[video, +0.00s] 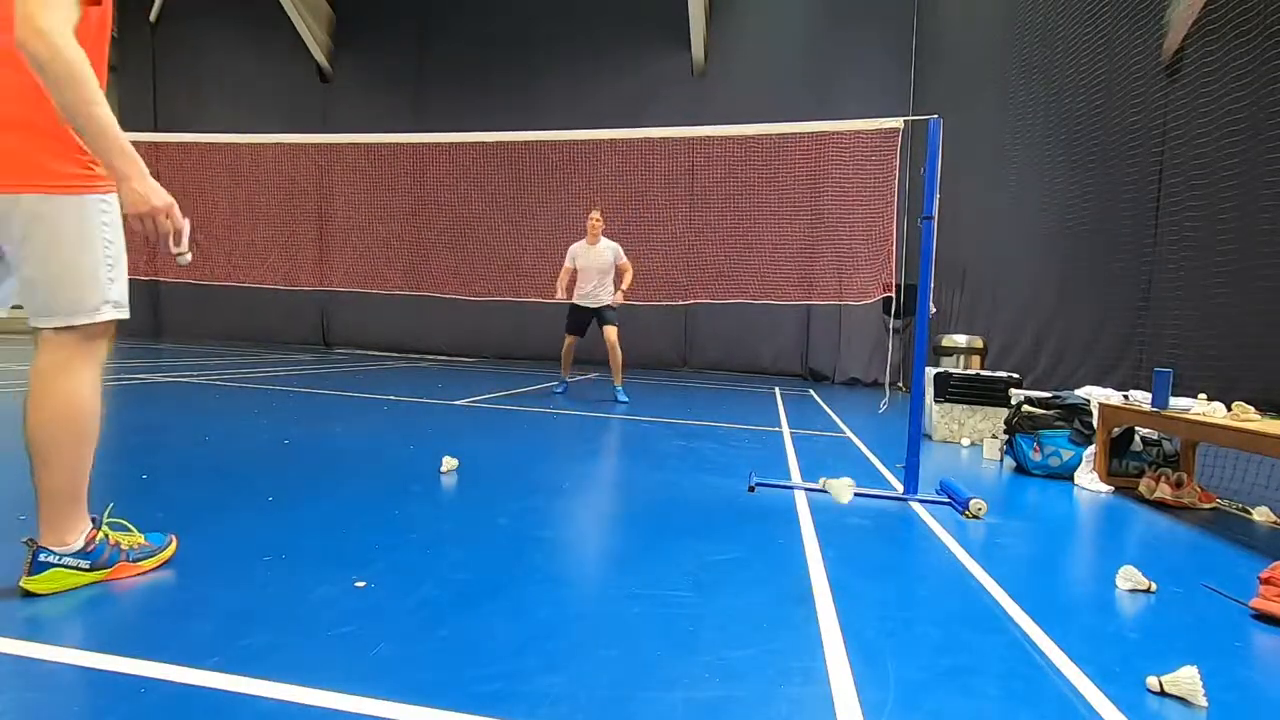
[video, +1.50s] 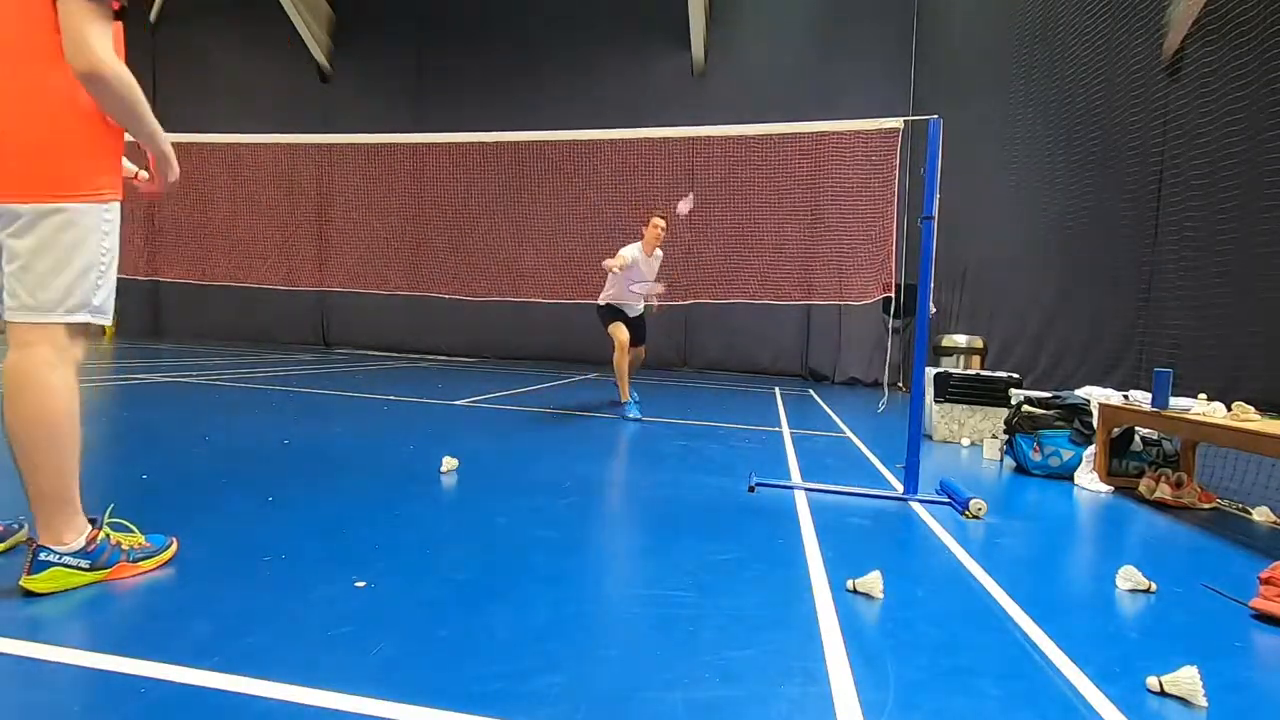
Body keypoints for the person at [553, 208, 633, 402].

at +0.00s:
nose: (594, 223)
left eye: (598, 220)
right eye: (591, 220)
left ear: (603, 225)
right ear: (586, 223)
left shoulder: (613, 248)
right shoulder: (575, 249)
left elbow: (628, 270)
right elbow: (564, 276)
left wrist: (621, 291)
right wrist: (560, 292)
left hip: (605, 303)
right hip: (580, 302)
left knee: (612, 340)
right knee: (569, 342)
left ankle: (618, 387)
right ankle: (563, 380)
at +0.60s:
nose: (623, 222)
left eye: (627, 219)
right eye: (620, 219)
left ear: (630, 224)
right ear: (613, 221)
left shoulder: (633, 251)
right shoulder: (597, 246)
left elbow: (636, 274)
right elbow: (584, 274)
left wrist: (643, 291)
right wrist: (582, 303)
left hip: (619, 305)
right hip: (596, 305)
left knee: (635, 343)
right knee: (591, 351)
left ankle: (627, 386)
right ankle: (575, 366)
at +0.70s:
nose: (631, 222)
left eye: (634, 219)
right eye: (628, 218)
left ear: (638, 225)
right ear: (621, 222)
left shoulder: (640, 253)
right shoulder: (605, 245)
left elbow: (651, 274)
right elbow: (593, 273)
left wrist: (665, 287)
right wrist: (595, 298)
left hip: (626, 306)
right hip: (604, 304)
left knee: (638, 350)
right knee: (606, 348)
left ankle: (627, 388)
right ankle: (589, 378)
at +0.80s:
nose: (638, 219)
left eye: (641, 216)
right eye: (635, 215)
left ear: (644, 221)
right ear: (627, 218)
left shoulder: (645, 249)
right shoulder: (611, 239)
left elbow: (660, 269)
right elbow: (598, 263)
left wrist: (680, 274)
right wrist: (614, 276)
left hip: (630, 302)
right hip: (607, 299)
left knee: (639, 351)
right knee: (612, 336)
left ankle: (627, 388)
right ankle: (602, 387)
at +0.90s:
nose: (642, 213)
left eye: (645, 210)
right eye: (639, 208)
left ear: (648, 216)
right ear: (630, 211)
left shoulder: (648, 242)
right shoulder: (615, 231)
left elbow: (662, 265)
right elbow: (609, 242)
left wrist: (685, 267)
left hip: (632, 300)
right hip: (609, 296)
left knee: (637, 349)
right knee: (613, 334)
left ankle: (626, 386)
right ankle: (613, 391)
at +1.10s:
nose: (649, 217)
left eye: (652, 214)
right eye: (645, 212)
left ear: (654, 220)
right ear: (635, 215)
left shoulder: (650, 246)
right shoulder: (623, 235)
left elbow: (652, 270)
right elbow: (618, 241)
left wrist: (673, 287)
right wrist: (619, 242)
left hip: (635, 307)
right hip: (613, 302)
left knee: (640, 356)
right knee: (624, 339)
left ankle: (622, 383)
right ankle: (626, 400)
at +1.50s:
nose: (659, 232)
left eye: (663, 229)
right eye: (655, 227)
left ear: (666, 235)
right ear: (645, 229)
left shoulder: (658, 256)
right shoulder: (632, 252)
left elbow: (646, 279)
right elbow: (619, 261)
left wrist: (652, 296)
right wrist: (613, 265)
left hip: (635, 309)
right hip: (611, 306)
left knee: (638, 354)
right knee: (623, 339)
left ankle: (623, 382)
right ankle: (626, 400)